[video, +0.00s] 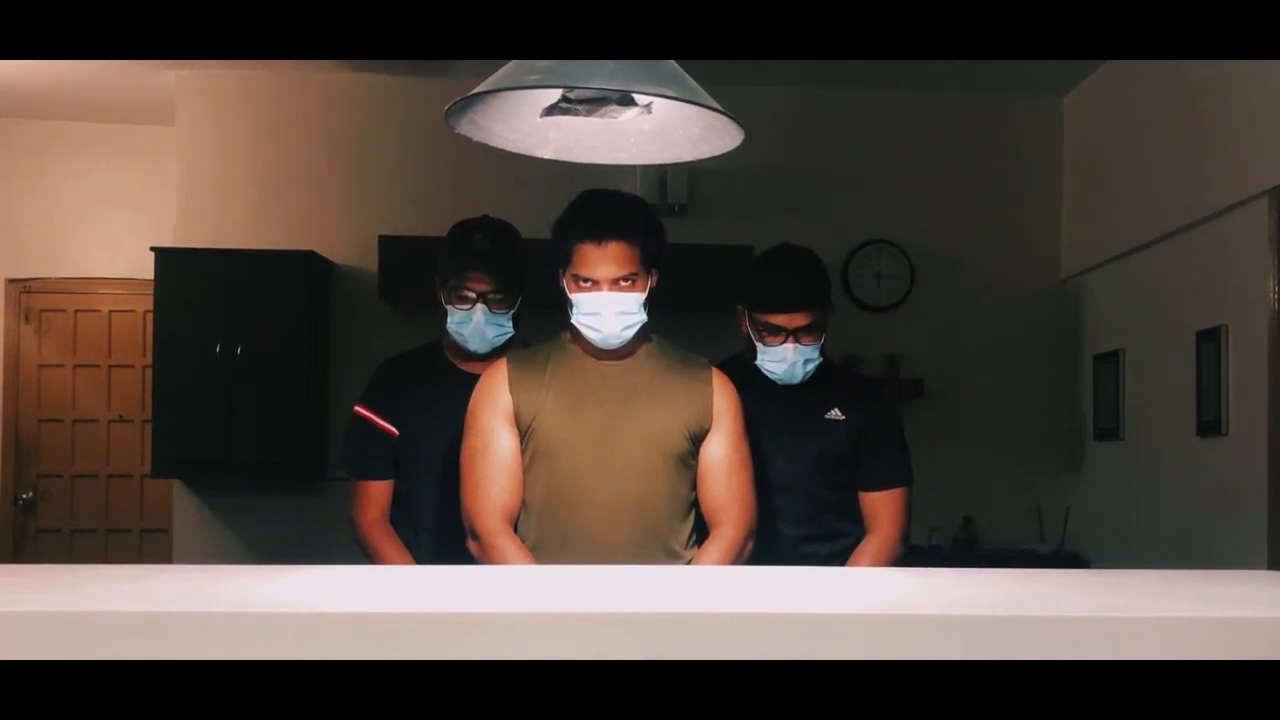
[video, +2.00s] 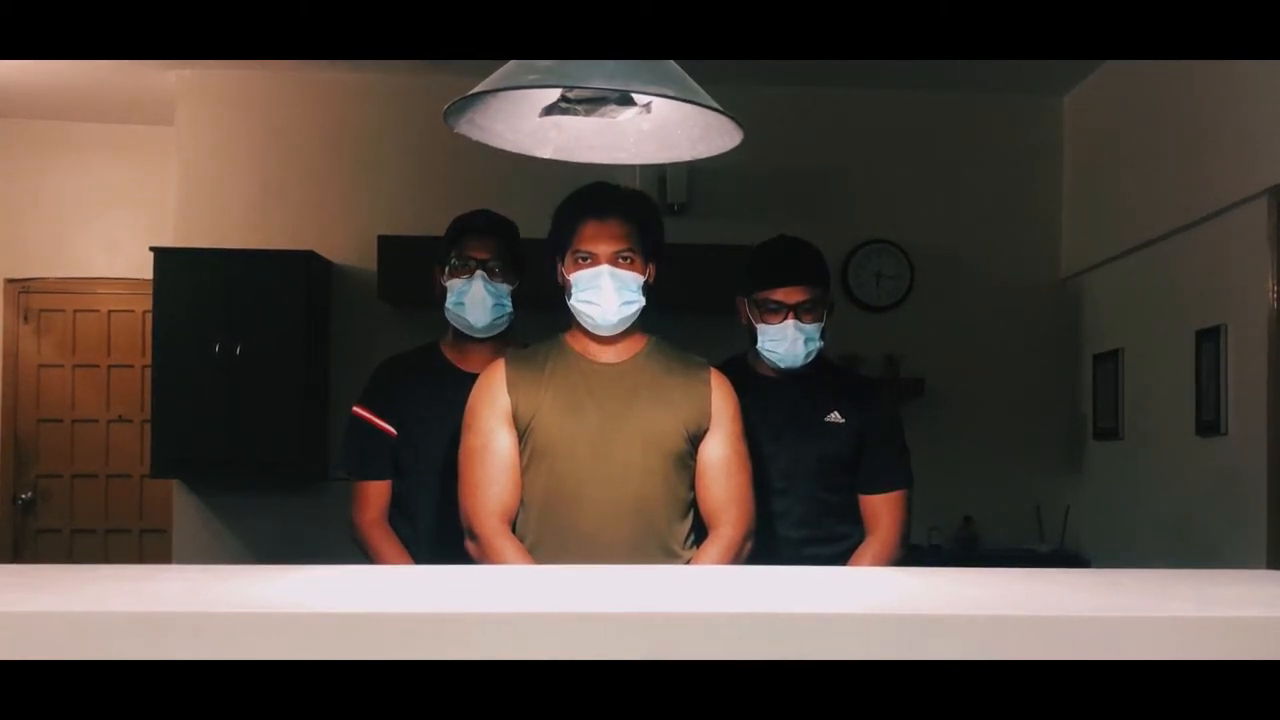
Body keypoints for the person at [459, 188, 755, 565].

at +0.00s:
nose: (605, 300)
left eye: (624, 282)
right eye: (586, 283)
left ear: (649, 282)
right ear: (564, 281)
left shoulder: (707, 389)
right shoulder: (507, 383)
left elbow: (733, 533)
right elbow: (488, 530)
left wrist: (670, 615)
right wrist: (555, 611)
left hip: (667, 615)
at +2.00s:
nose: (604, 275)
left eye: (623, 258)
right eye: (586, 259)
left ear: (648, 271)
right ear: (562, 270)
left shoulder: (705, 389)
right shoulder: (505, 383)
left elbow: (732, 531)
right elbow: (486, 531)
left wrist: (667, 615)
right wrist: (555, 615)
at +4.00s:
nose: (602, 242)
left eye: (620, 234)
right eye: (585, 232)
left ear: (645, 268)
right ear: (562, 264)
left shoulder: (703, 389)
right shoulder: (503, 382)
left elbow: (731, 531)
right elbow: (484, 531)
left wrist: (668, 615)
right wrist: (553, 616)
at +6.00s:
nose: (601, 244)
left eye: (619, 235)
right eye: (583, 235)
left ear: (644, 269)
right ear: (560, 266)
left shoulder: (703, 390)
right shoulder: (503, 384)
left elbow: (730, 531)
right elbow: (485, 533)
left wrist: (667, 617)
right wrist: (554, 623)